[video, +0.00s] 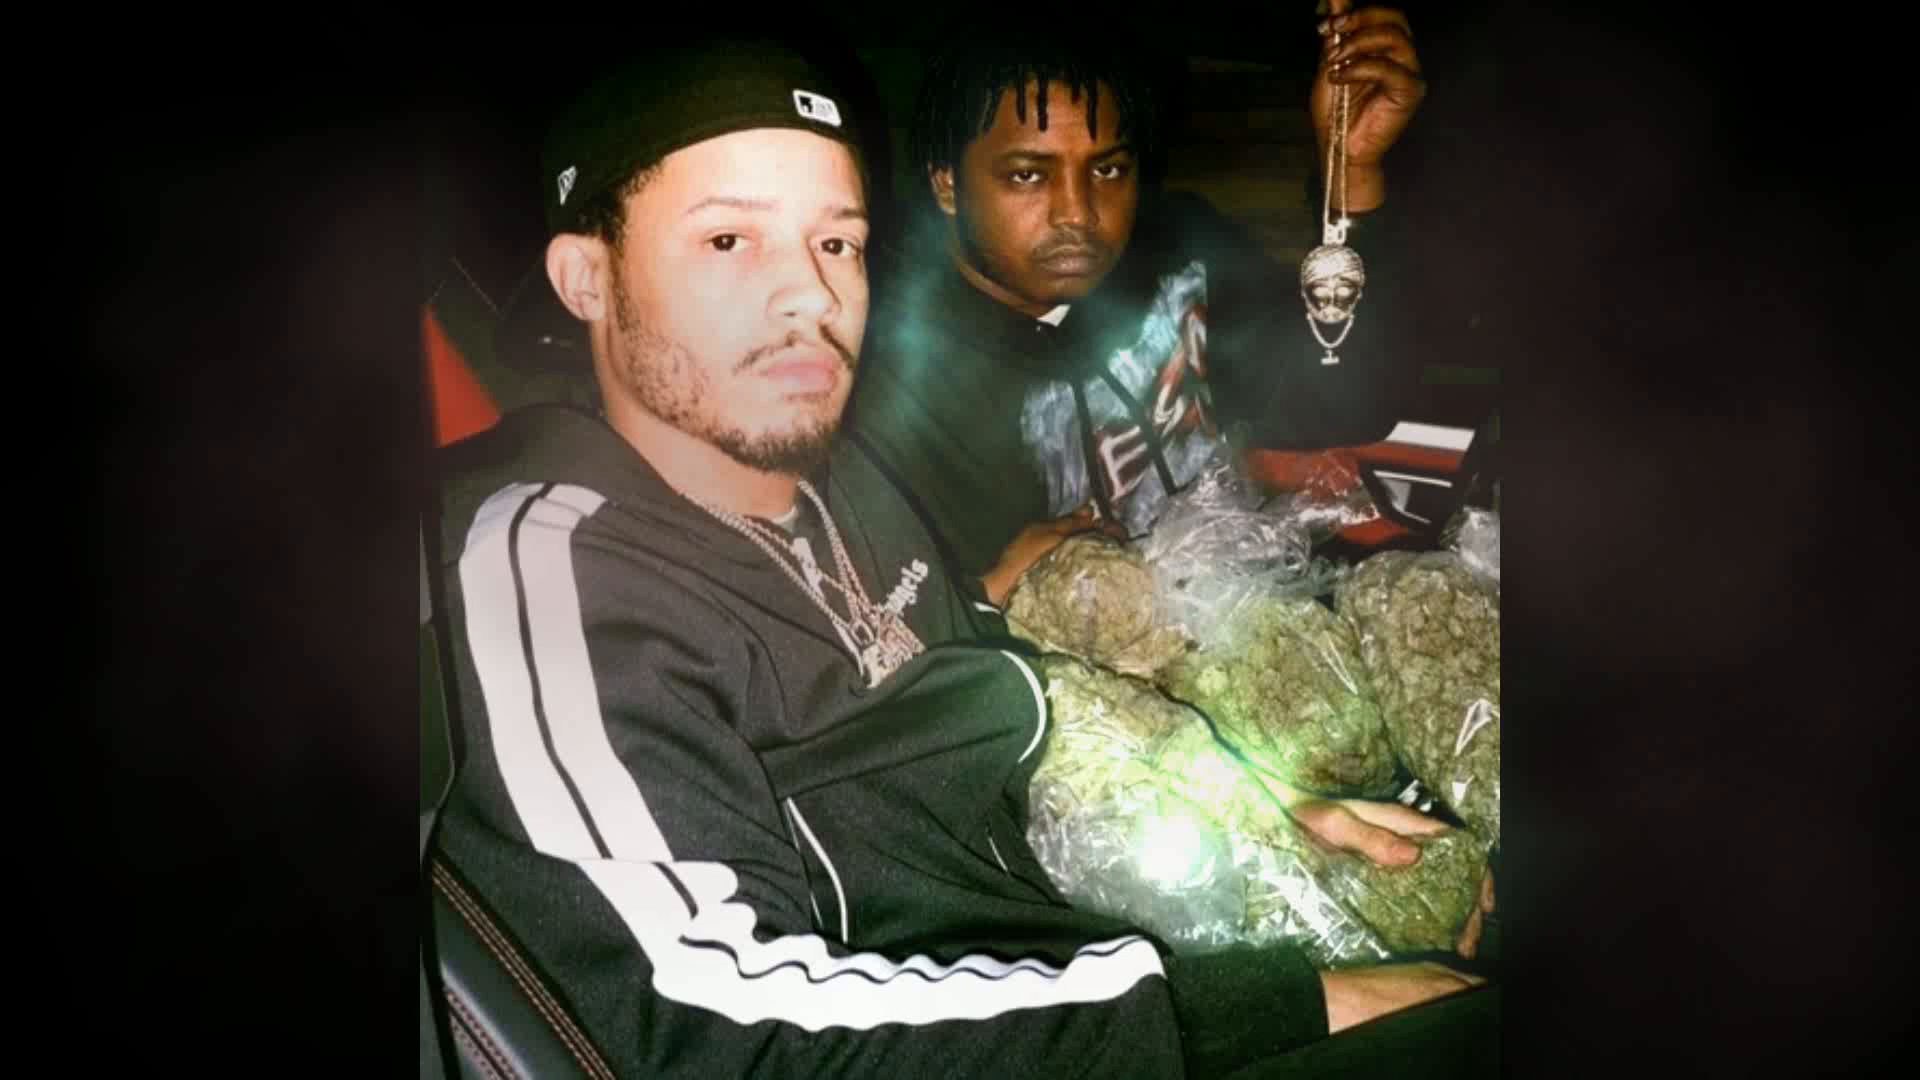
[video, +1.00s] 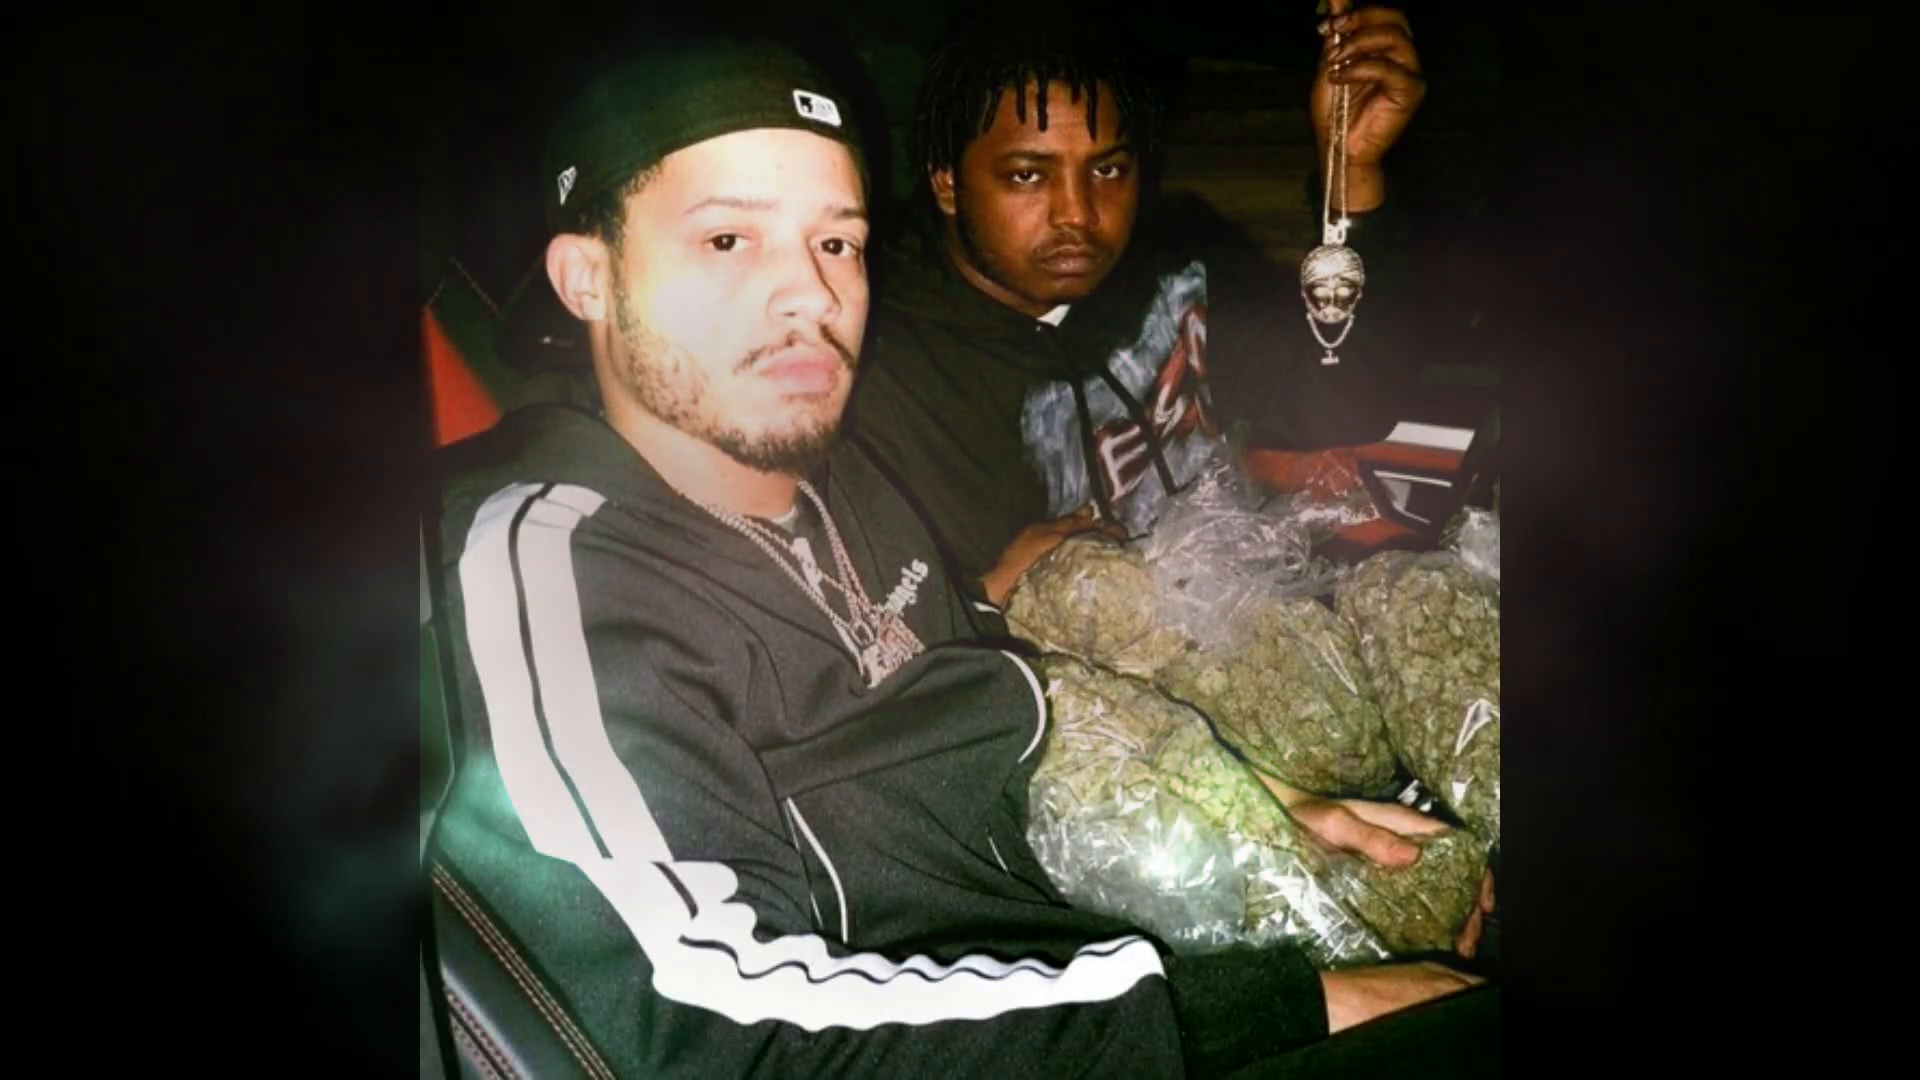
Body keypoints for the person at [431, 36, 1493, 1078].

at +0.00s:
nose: (813, 304)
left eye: (835, 251)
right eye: (730, 244)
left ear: (868, 269)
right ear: (587, 283)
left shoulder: (837, 481)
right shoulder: (538, 556)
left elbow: (1010, 765)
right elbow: (713, 1016)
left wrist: (1275, 835)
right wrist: (1274, 1005)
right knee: (1459, 1014)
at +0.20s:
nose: (813, 303)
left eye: (837, 248)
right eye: (729, 244)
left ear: (868, 266)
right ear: (584, 280)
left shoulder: (837, 483)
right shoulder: (536, 553)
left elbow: (1015, 742)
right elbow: (712, 1018)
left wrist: (1271, 827)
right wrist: (1273, 1014)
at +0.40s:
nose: (813, 303)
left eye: (837, 244)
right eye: (727, 240)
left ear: (869, 260)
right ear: (583, 276)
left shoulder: (830, 477)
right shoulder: (534, 553)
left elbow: (1013, 735)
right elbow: (710, 1016)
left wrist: (1270, 831)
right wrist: (1268, 1010)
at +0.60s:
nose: (812, 302)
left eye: (837, 244)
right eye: (728, 240)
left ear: (868, 262)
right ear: (584, 275)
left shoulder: (832, 476)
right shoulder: (532, 552)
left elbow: (1008, 736)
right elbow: (706, 1017)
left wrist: (1265, 831)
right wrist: (1277, 1010)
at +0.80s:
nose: (813, 303)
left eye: (837, 248)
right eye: (727, 243)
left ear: (868, 267)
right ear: (584, 279)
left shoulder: (832, 481)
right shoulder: (534, 554)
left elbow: (1006, 750)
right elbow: (700, 1025)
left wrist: (1263, 830)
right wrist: (1275, 1012)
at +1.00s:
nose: (812, 305)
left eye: (836, 249)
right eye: (728, 245)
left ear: (867, 266)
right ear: (585, 280)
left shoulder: (835, 483)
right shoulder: (532, 560)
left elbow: (1003, 754)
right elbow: (700, 1021)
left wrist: (1264, 831)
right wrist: (1273, 1008)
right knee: (1450, 1009)